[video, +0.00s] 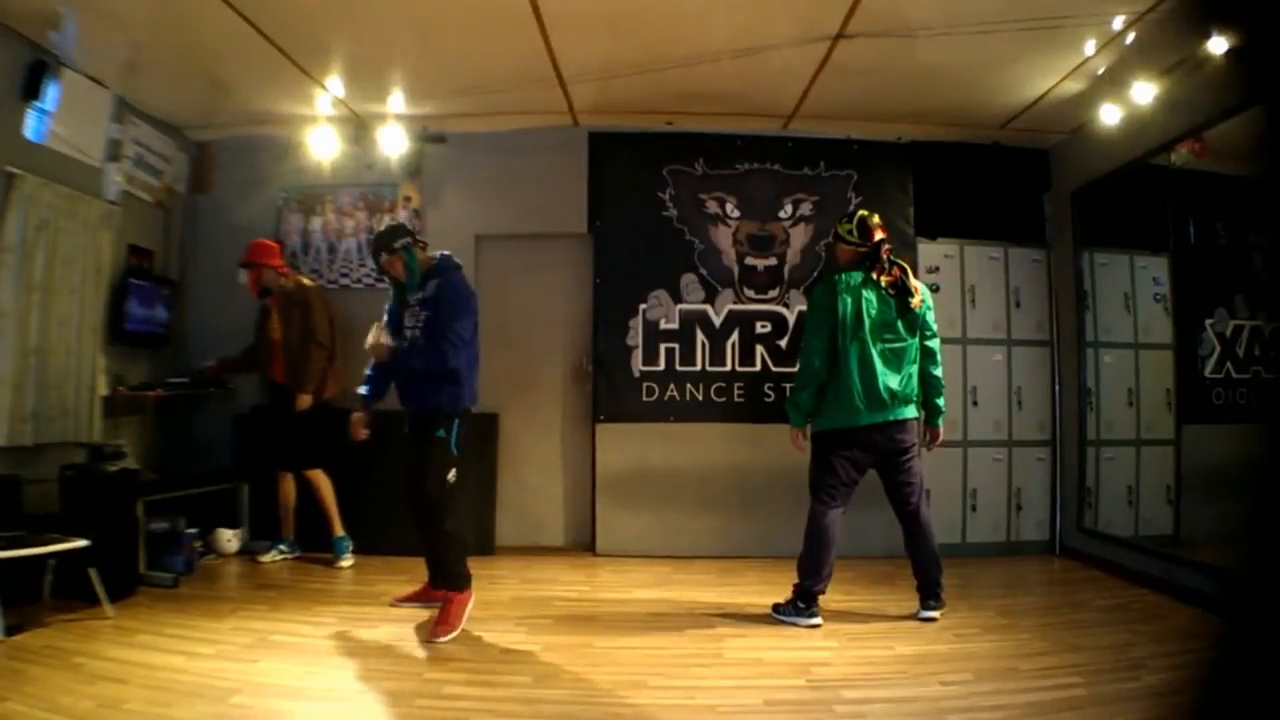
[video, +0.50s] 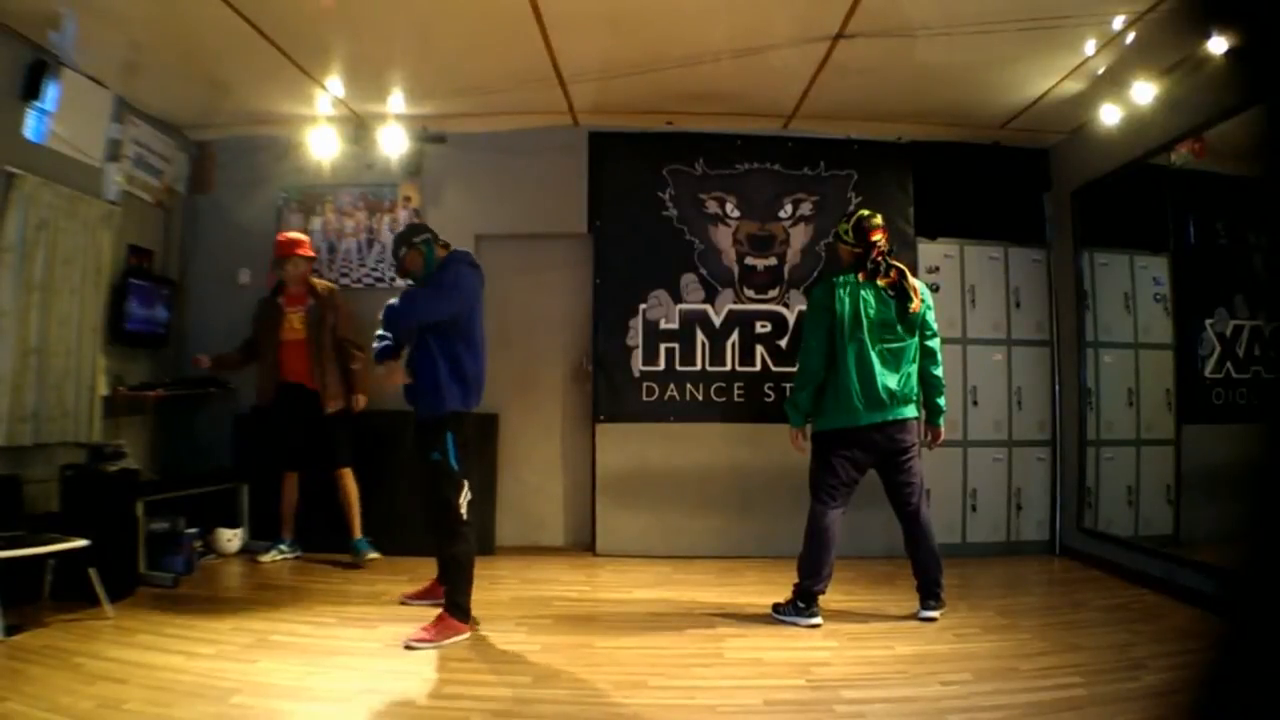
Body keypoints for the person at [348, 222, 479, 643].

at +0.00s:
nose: (388, 273)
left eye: (389, 264)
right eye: (383, 266)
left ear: (407, 252)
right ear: (389, 263)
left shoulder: (450, 285)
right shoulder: (404, 293)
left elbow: (449, 351)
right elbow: (386, 351)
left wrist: (393, 351)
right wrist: (365, 404)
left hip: (449, 406)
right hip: (419, 406)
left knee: (435, 493)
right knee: (419, 491)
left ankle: (459, 587)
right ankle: (438, 582)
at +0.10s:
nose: (388, 275)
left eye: (388, 265)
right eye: (384, 268)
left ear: (407, 253)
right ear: (397, 259)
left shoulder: (448, 280)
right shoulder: (416, 288)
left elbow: (442, 343)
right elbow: (384, 343)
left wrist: (404, 318)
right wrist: (346, 392)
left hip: (448, 408)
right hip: (422, 407)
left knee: (437, 498)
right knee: (421, 494)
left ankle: (457, 601)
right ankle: (438, 583)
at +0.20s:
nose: (392, 277)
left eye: (393, 267)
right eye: (388, 271)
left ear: (414, 254)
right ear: (403, 260)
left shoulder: (447, 274)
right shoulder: (421, 284)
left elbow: (431, 341)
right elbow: (390, 342)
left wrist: (406, 309)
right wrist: (344, 380)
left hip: (447, 410)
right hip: (424, 409)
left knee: (444, 504)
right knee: (423, 496)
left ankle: (456, 612)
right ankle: (438, 585)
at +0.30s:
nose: (394, 273)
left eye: (396, 264)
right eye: (391, 267)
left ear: (415, 252)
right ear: (414, 252)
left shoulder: (449, 275)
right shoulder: (428, 281)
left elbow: (423, 335)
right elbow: (396, 340)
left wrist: (390, 322)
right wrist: (355, 370)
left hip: (445, 410)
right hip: (424, 409)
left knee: (448, 505)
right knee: (427, 497)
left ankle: (457, 613)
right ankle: (437, 584)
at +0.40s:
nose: (401, 274)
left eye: (401, 264)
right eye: (398, 268)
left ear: (417, 248)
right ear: (417, 248)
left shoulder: (455, 269)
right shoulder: (433, 274)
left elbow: (423, 317)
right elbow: (402, 327)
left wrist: (385, 328)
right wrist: (373, 361)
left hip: (448, 402)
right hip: (429, 403)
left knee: (449, 502)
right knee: (430, 494)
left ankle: (458, 614)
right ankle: (440, 579)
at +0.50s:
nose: (407, 273)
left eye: (408, 263)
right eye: (403, 267)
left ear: (427, 248)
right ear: (412, 258)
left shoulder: (460, 272)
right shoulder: (430, 279)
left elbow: (414, 311)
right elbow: (389, 329)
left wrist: (392, 311)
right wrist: (387, 353)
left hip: (451, 403)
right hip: (431, 402)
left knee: (453, 505)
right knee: (438, 499)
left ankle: (459, 614)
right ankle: (445, 581)